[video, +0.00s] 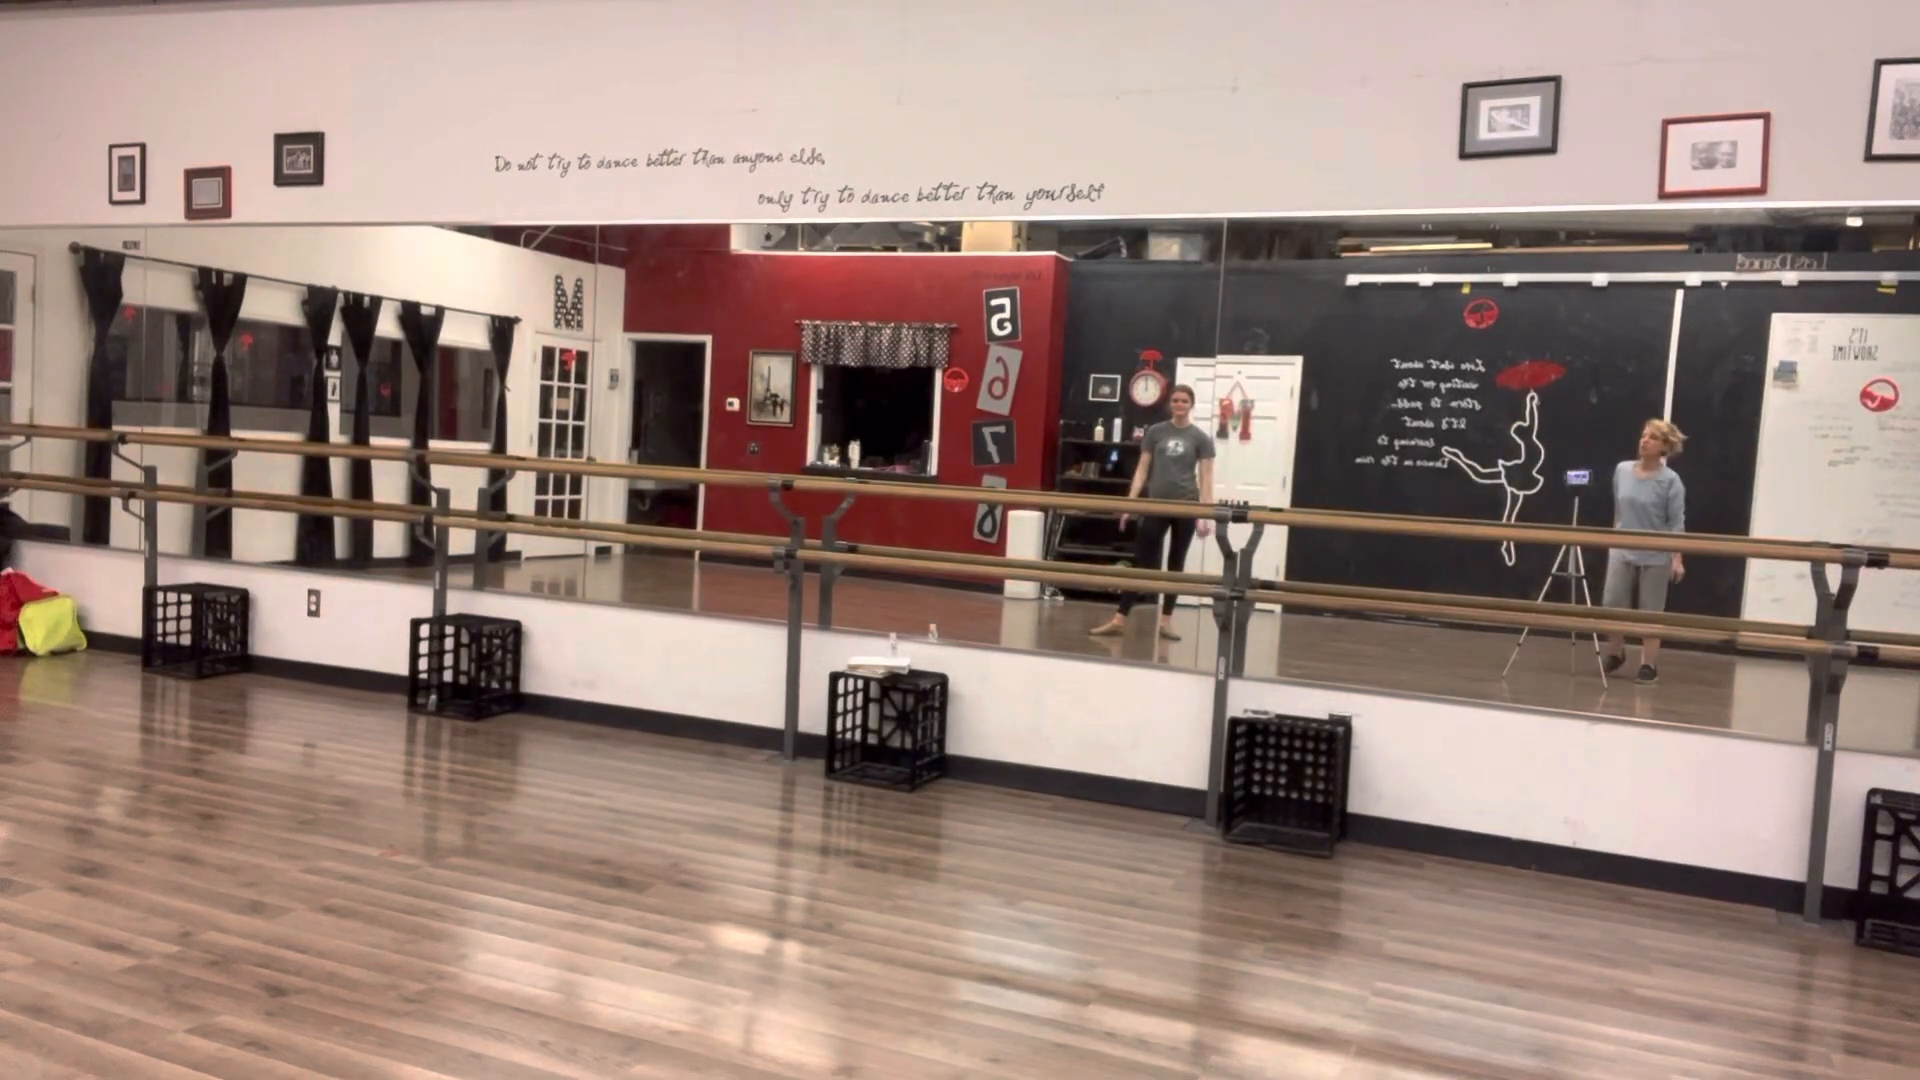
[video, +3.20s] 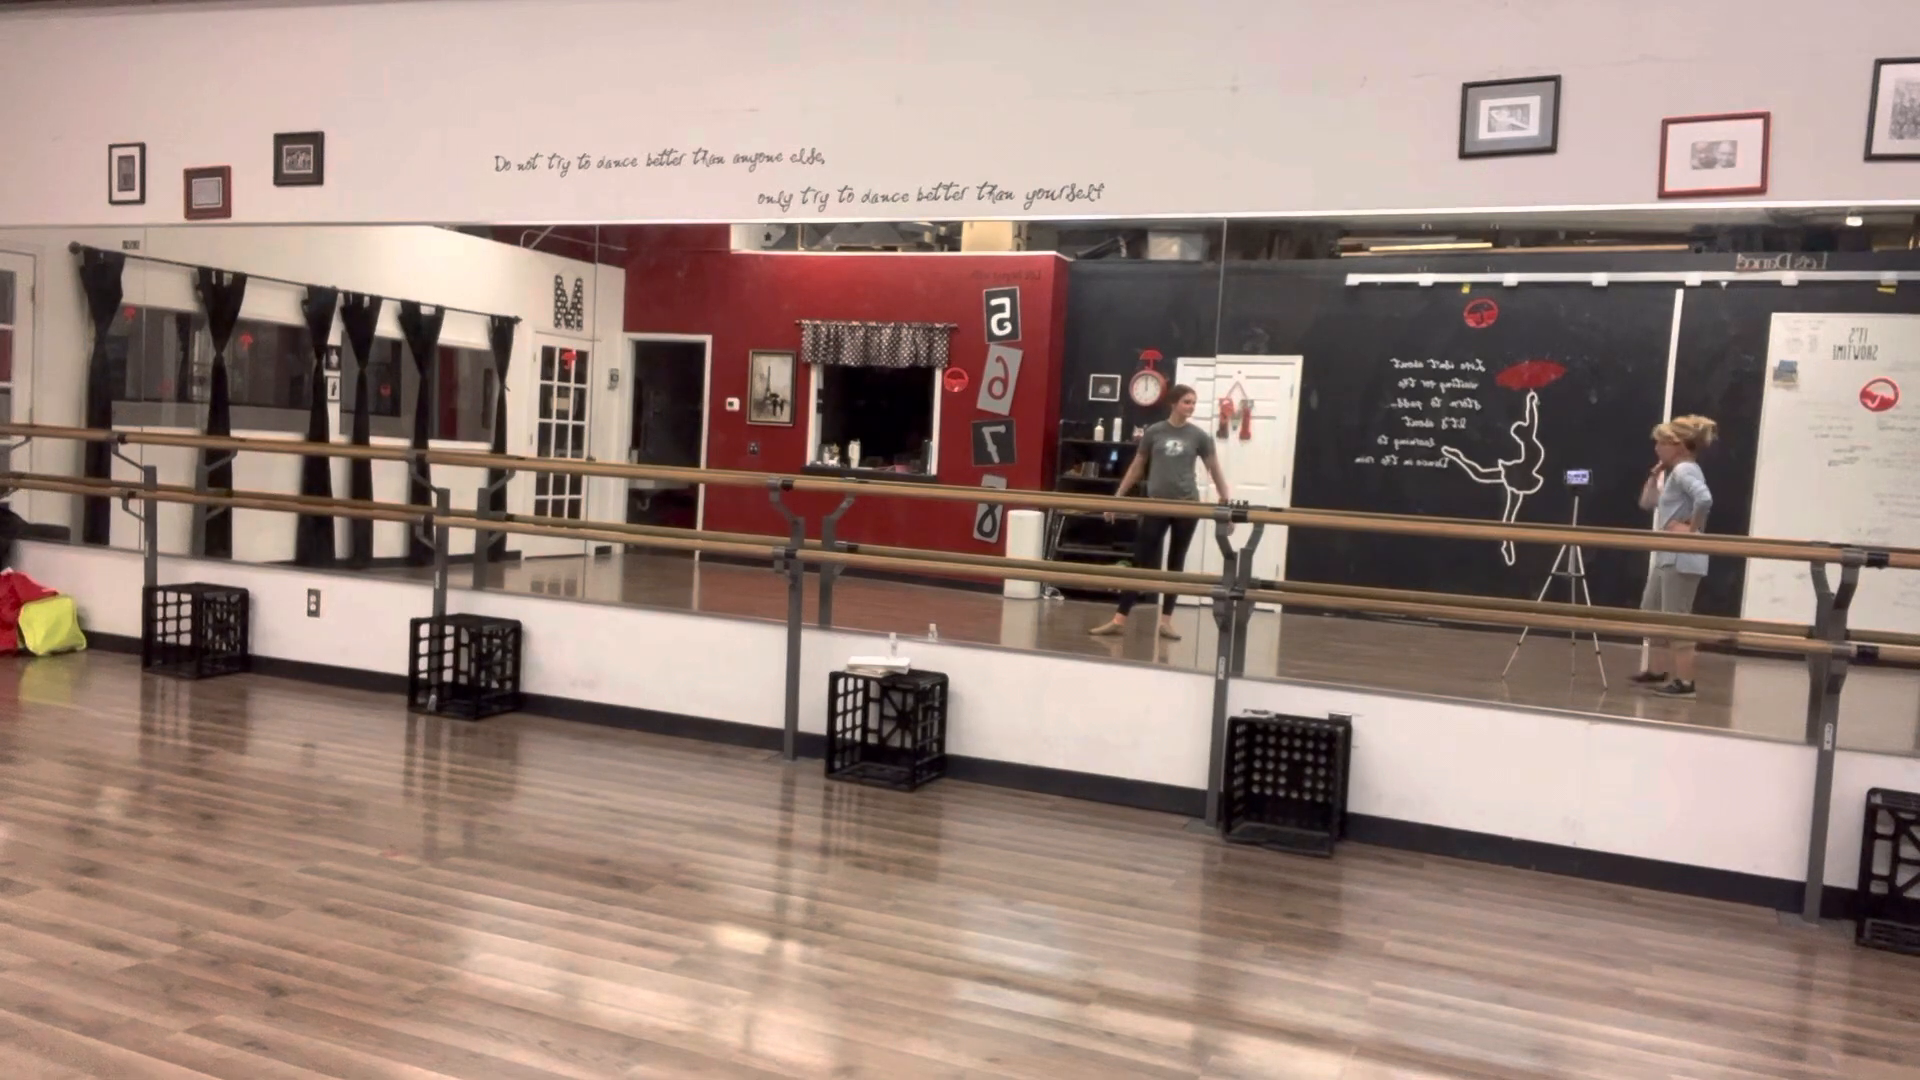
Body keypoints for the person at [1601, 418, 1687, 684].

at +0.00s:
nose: (1645, 441)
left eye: (1653, 438)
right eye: (1644, 436)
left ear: (1665, 447)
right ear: (1639, 440)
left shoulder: (1671, 481)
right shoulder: (1622, 470)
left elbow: (1677, 522)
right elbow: (1618, 509)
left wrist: (1676, 557)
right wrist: (1615, 540)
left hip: (1656, 554)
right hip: (1622, 550)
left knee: (1651, 611)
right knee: (1611, 603)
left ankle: (1648, 662)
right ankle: (1615, 651)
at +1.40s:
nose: (1638, 440)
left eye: (1646, 437)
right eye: (1639, 435)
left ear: (1662, 444)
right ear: (1638, 440)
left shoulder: (1672, 473)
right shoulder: (1631, 472)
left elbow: (1711, 497)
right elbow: (1636, 506)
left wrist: (1686, 525)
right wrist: (1635, 532)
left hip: (1669, 556)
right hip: (1635, 554)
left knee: (1669, 618)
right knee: (1625, 614)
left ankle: (1677, 679)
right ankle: (1613, 669)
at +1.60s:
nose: (1640, 447)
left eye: (1645, 442)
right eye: (1641, 442)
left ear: (1661, 448)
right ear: (1655, 448)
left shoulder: (1679, 476)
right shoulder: (1647, 476)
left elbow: (1718, 501)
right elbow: (1658, 507)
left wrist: (1701, 530)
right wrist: (1650, 533)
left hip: (1681, 557)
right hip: (1650, 554)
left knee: (1669, 619)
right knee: (1630, 612)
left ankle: (1677, 679)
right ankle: (1613, 668)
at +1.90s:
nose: (1660, 448)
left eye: (1662, 443)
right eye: (1661, 443)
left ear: (1669, 445)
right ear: (1686, 445)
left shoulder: (1678, 472)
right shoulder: (1685, 469)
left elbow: (1697, 502)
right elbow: (1692, 506)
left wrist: (1690, 527)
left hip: (1684, 559)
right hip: (1668, 556)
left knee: (1672, 617)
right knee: (1652, 613)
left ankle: (1677, 677)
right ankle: (1654, 668)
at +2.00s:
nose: (1665, 446)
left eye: (1666, 441)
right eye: (1667, 441)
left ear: (1670, 443)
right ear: (1695, 444)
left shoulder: (1675, 471)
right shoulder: (1699, 471)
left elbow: (1689, 501)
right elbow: (1703, 506)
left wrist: (1684, 524)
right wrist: (1692, 527)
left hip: (1678, 558)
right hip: (1695, 558)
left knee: (1671, 619)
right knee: (1677, 618)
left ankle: (1675, 676)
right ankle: (1680, 673)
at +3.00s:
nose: (1664, 445)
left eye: (1668, 440)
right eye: (1665, 439)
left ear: (1682, 444)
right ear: (1686, 445)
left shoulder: (1688, 472)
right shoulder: (1692, 470)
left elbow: (1706, 501)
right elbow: (1686, 507)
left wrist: (1695, 529)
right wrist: (1661, 511)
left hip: (1682, 561)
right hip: (1683, 559)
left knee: (1676, 620)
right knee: (1676, 617)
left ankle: (1684, 679)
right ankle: (1701, 669)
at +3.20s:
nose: (1657, 450)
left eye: (1662, 444)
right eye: (1657, 444)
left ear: (1679, 446)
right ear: (1675, 447)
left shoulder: (1685, 470)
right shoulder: (1672, 472)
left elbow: (1704, 499)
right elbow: (1646, 503)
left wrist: (1693, 528)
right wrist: (1654, 477)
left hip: (1682, 559)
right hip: (1665, 557)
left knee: (1676, 619)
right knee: (1650, 611)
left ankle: (1684, 678)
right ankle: (1659, 668)